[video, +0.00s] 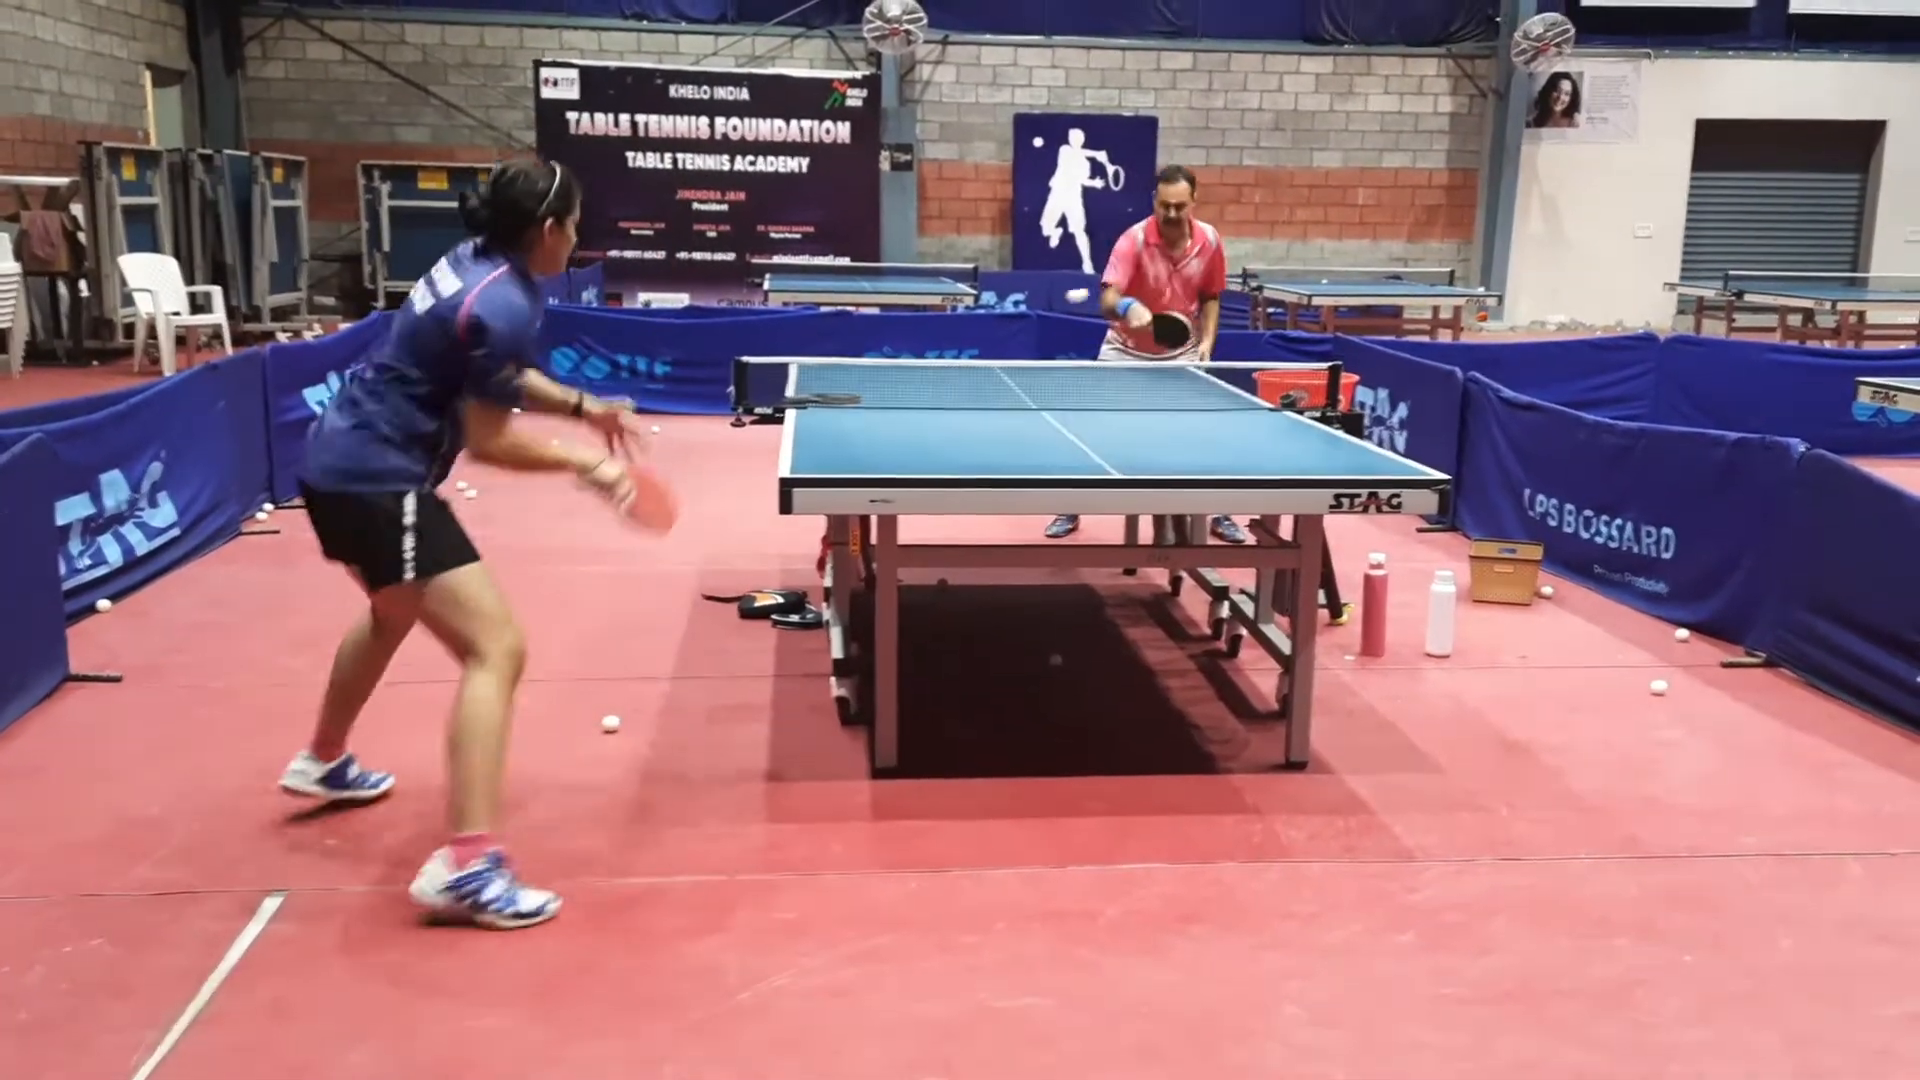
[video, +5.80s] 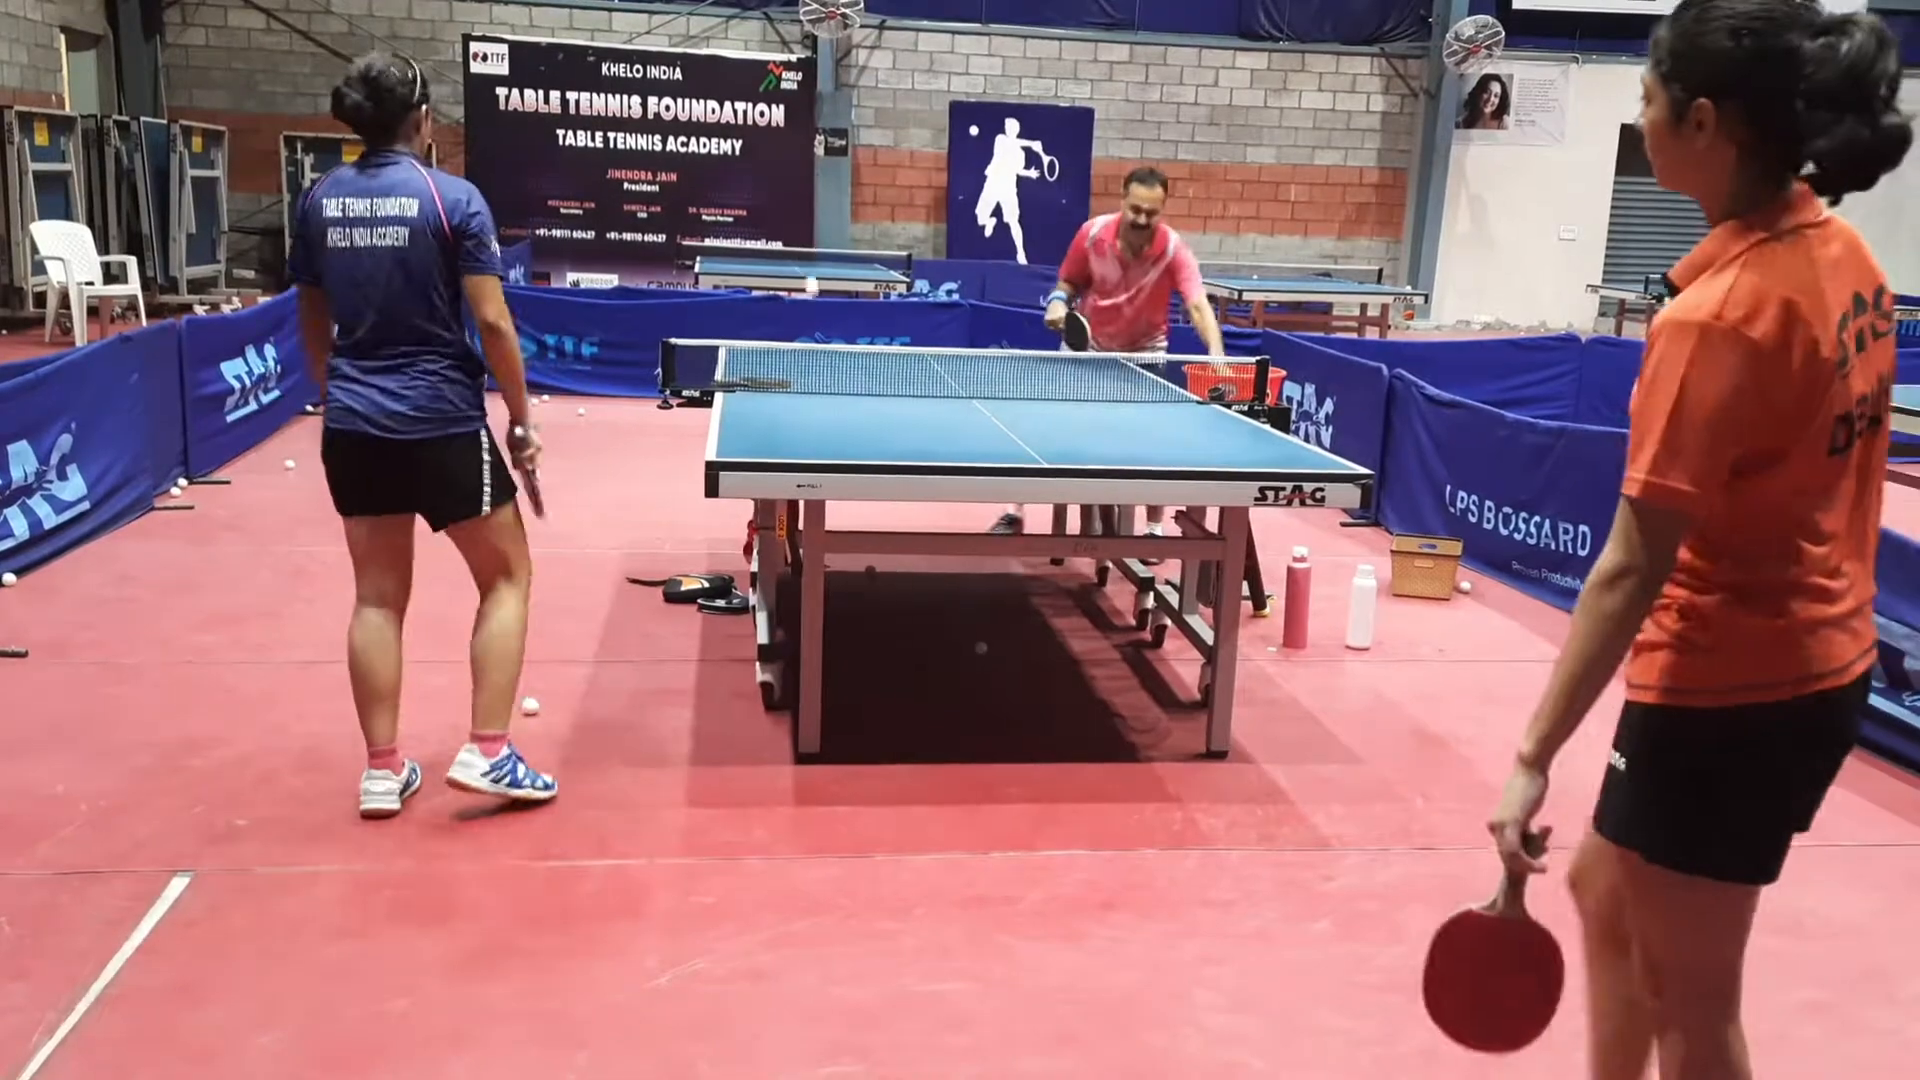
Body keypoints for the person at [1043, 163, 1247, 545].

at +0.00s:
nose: (1172, 214)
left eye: (1180, 206)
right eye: (1165, 206)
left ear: (1193, 203)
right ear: (1154, 203)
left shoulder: (1208, 239)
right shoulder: (1133, 240)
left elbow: (1211, 297)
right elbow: (1107, 298)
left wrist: (1207, 343)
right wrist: (1127, 307)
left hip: (1183, 353)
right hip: (1125, 351)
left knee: (1205, 427)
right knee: (1090, 421)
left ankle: (1218, 512)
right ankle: (1068, 507)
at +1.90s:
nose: (1129, 216)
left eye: (1137, 208)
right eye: (1122, 208)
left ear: (1152, 207)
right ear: (1112, 208)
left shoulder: (1175, 250)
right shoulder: (1094, 252)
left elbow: (1193, 308)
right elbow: (1071, 306)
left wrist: (1173, 339)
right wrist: (1071, 318)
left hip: (1160, 367)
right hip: (1099, 364)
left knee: (1189, 438)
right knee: (1062, 432)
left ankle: (1211, 521)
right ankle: (1039, 515)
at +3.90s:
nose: (1116, 175)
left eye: (1124, 168)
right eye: (1109, 167)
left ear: (1137, 173)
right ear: (1099, 171)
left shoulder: (1158, 225)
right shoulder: (1078, 223)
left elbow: (1164, 287)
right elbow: (1061, 287)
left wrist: (1142, 335)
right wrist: (1069, 289)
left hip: (1133, 347)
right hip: (1075, 344)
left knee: (1146, 434)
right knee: (1038, 418)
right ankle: (1013, 502)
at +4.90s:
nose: (1106, 192)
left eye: (1115, 184)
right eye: (1100, 183)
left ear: (1131, 187)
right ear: (1092, 184)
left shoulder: (1153, 233)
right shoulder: (1071, 231)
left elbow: (1166, 296)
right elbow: (1055, 289)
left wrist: (1133, 329)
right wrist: (1042, 294)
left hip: (1129, 351)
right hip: (1069, 344)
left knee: (1159, 423)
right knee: (1032, 413)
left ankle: (1174, 508)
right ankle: (1016, 498)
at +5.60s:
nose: (1110, 205)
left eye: (1117, 197)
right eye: (1102, 197)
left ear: (1125, 193)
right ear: (1083, 190)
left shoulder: (1138, 231)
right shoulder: (1052, 231)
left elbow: (1167, 281)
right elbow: (1029, 283)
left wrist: (1181, 313)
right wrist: (1027, 305)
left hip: (1117, 348)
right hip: (1054, 346)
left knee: (1134, 429)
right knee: (1024, 419)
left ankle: (1152, 522)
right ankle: (999, 509)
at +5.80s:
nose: (1142, 220)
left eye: (1151, 213)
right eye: (1135, 210)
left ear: (1163, 210)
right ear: (1122, 202)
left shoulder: (1173, 248)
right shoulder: (1093, 234)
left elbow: (1197, 305)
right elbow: (1067, 283)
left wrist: (1216, 351)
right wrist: (1057, 304)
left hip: (1146, 351)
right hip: (1090, 347)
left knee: (1152, 437)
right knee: (1051, 423)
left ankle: (1154, 529)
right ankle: (1015, 511)